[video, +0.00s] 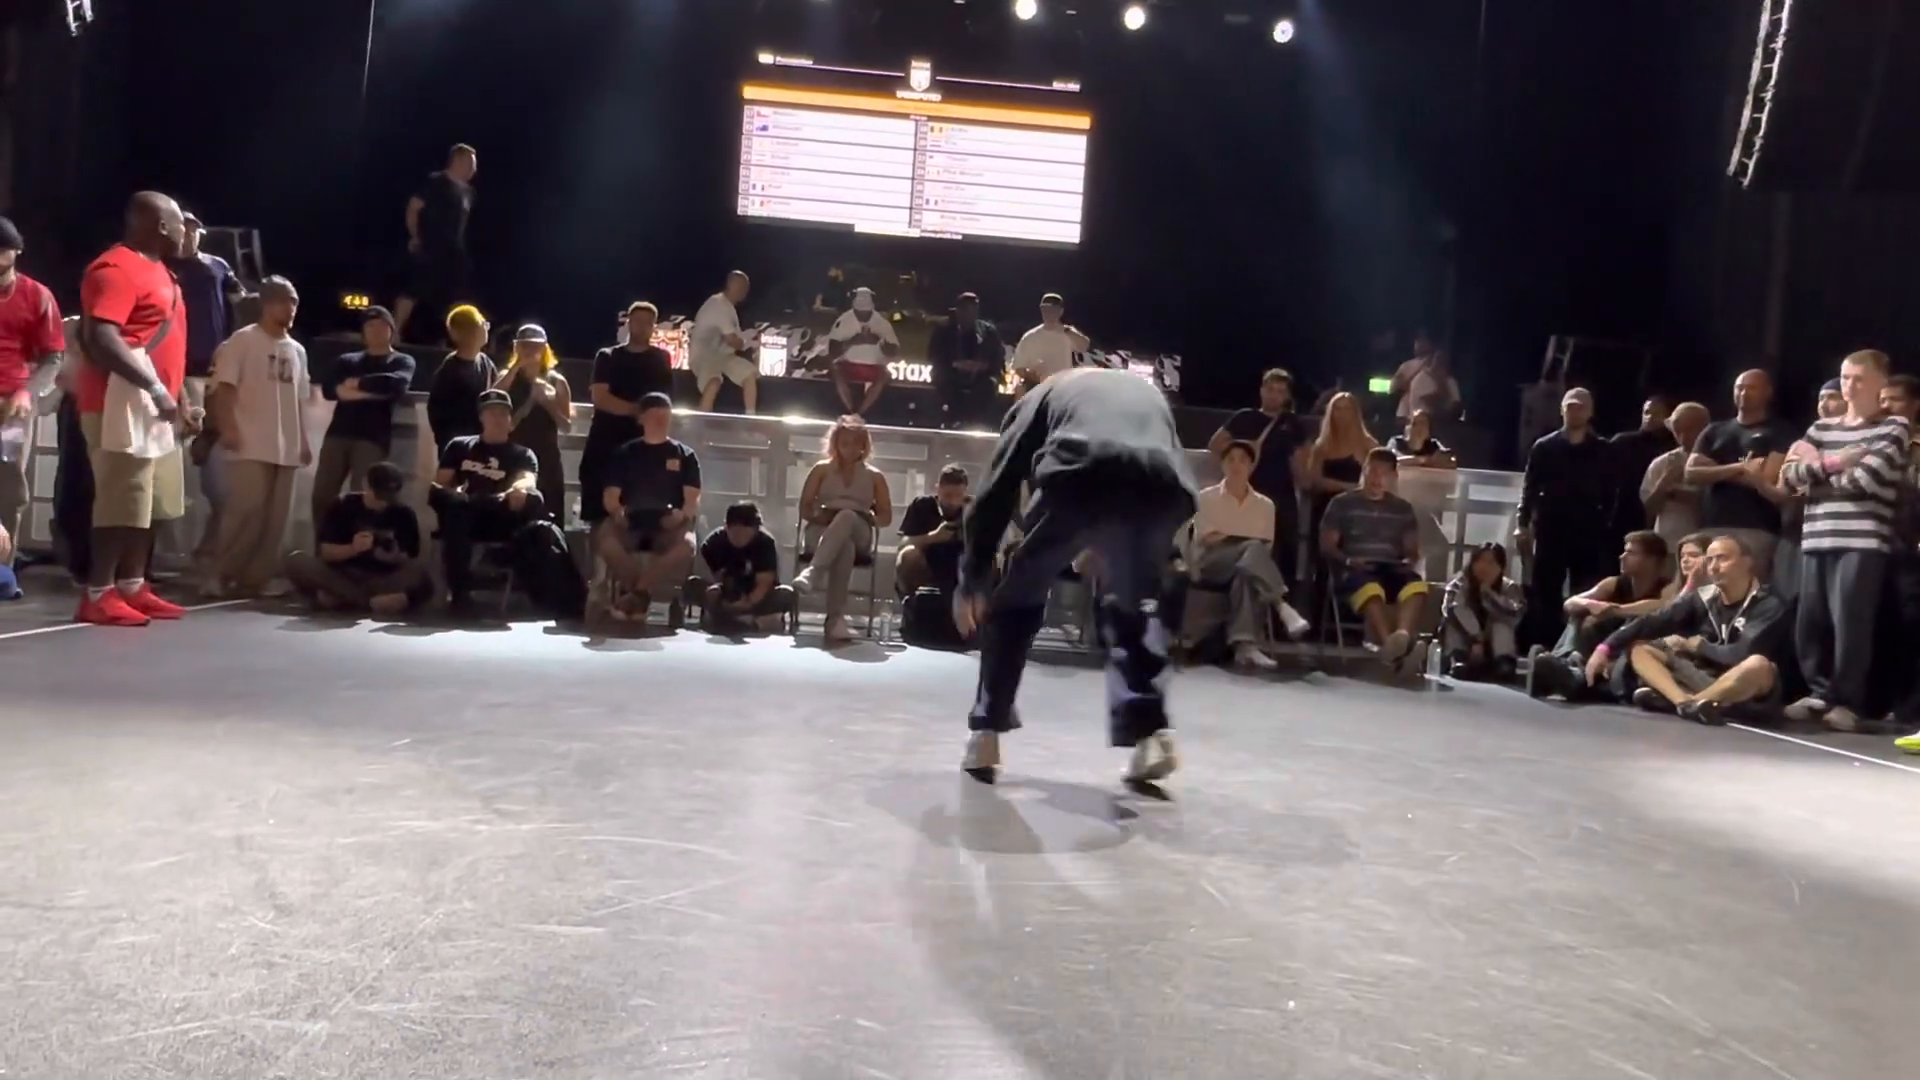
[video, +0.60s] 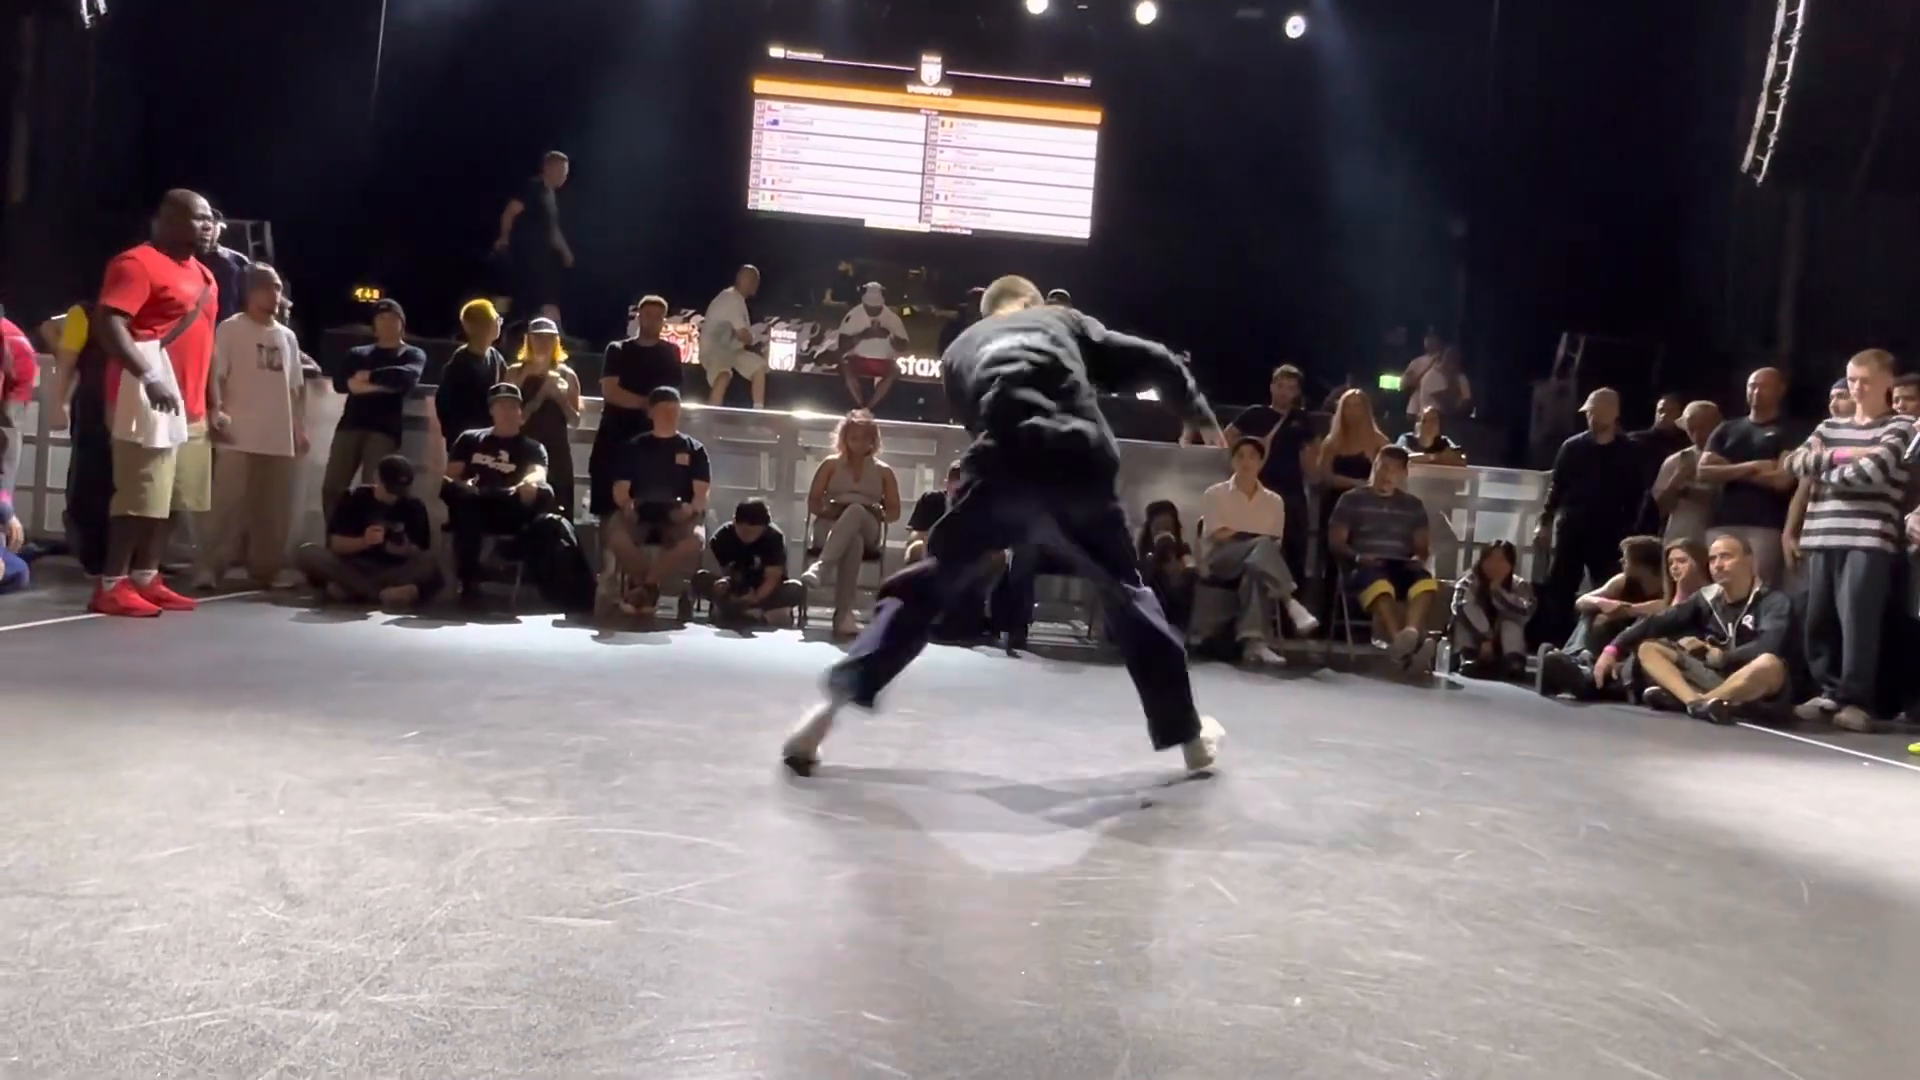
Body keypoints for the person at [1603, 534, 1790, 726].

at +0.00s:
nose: (1713, 566)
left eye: (1722, 558)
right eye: (1710, 560)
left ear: (1747, 562)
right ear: (1706, 565)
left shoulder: (1770, 606)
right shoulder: (1702, 598)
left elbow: (1740, 654)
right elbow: (1655, 623)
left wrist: (1697, 645)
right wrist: (1606, 648)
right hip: (1705, 679)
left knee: (1759, 666)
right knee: (1640, 652)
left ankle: (1690, 703)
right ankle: (1682, 700)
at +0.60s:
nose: (1717, 565)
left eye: (1726, 557)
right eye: (1713, 559)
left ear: (1750, 561)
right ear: (1709, 566)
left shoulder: (1773, 601)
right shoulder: (1706, 597)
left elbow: (1770, 645)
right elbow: (1660, 622)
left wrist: (1722, 657)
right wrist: (1613, 650)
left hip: (1759, 687)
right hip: (1714, 680)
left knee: (1769, 664)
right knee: (1647, 650)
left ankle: (1698, 702)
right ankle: (1695, 703)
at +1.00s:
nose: (1725, 560)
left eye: (1734, 553)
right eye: (1721, 555)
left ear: (1757, 558)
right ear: (1717, 562)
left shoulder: (1781, 598)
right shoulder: (1712, 596)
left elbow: (1812, 633)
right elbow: (1666, 620)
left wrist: (1757, 642)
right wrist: (1620, 646)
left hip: (1770, 689)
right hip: (1724, 678)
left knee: (1775, 661)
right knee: (1654, 647)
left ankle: (1704, 700)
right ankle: (1704, 699)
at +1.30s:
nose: (1735, 559)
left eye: (1744, 552)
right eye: (1729, 553)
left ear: (1762, 558)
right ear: (1722, 559)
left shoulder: (1782, 593)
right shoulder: (1717, 594)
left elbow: (1828, 620)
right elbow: (1671, 617)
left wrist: (1776, 638)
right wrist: (1623, 643)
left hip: (1775, 682)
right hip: (1726, 677)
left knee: (1780, 659)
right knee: (1658, 644)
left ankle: (1708, 697)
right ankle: (1707, 697)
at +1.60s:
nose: (1749, 557)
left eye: (1756, 551)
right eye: (1740, 552)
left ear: (1768, 557)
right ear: (1729, 561)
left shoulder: (1789, 595)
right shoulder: (1722, 595)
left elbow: (1830, 626)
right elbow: (1673, 618)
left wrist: (1775, 633)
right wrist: (1627, 642)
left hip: (1779, 687)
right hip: (1730, 679)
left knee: (1784, 657)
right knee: (1663, 644)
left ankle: (1711, 697)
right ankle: (1711, 698)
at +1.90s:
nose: (1759, 556)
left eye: (1765, 549)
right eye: (1749, 551)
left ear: (1774, 557)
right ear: (1736, 561)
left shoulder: (1794, 595)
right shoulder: (1726, 591)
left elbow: (1792, 627)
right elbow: (1678, 614)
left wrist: (1764, 653)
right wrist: (1634, 640)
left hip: (1777, 678)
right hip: (1732, 673)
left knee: (1789, 660)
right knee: (1666, 642)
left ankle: (1715, 696)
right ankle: (1713, 697)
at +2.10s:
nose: (1763, 558)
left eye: (1767, 551)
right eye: (1752, 553)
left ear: (1773, 554)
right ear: (1735, 562)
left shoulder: (1795, 594)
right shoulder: (1724, 592)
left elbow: (1805, 632)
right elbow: (1673, 615)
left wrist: (1769, 649)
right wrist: (1635, 640)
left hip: (1774, 674)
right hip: (1730, 669)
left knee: (1792, 662)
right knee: (1665, 642)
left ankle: (1718, 694)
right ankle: (1712, 695)